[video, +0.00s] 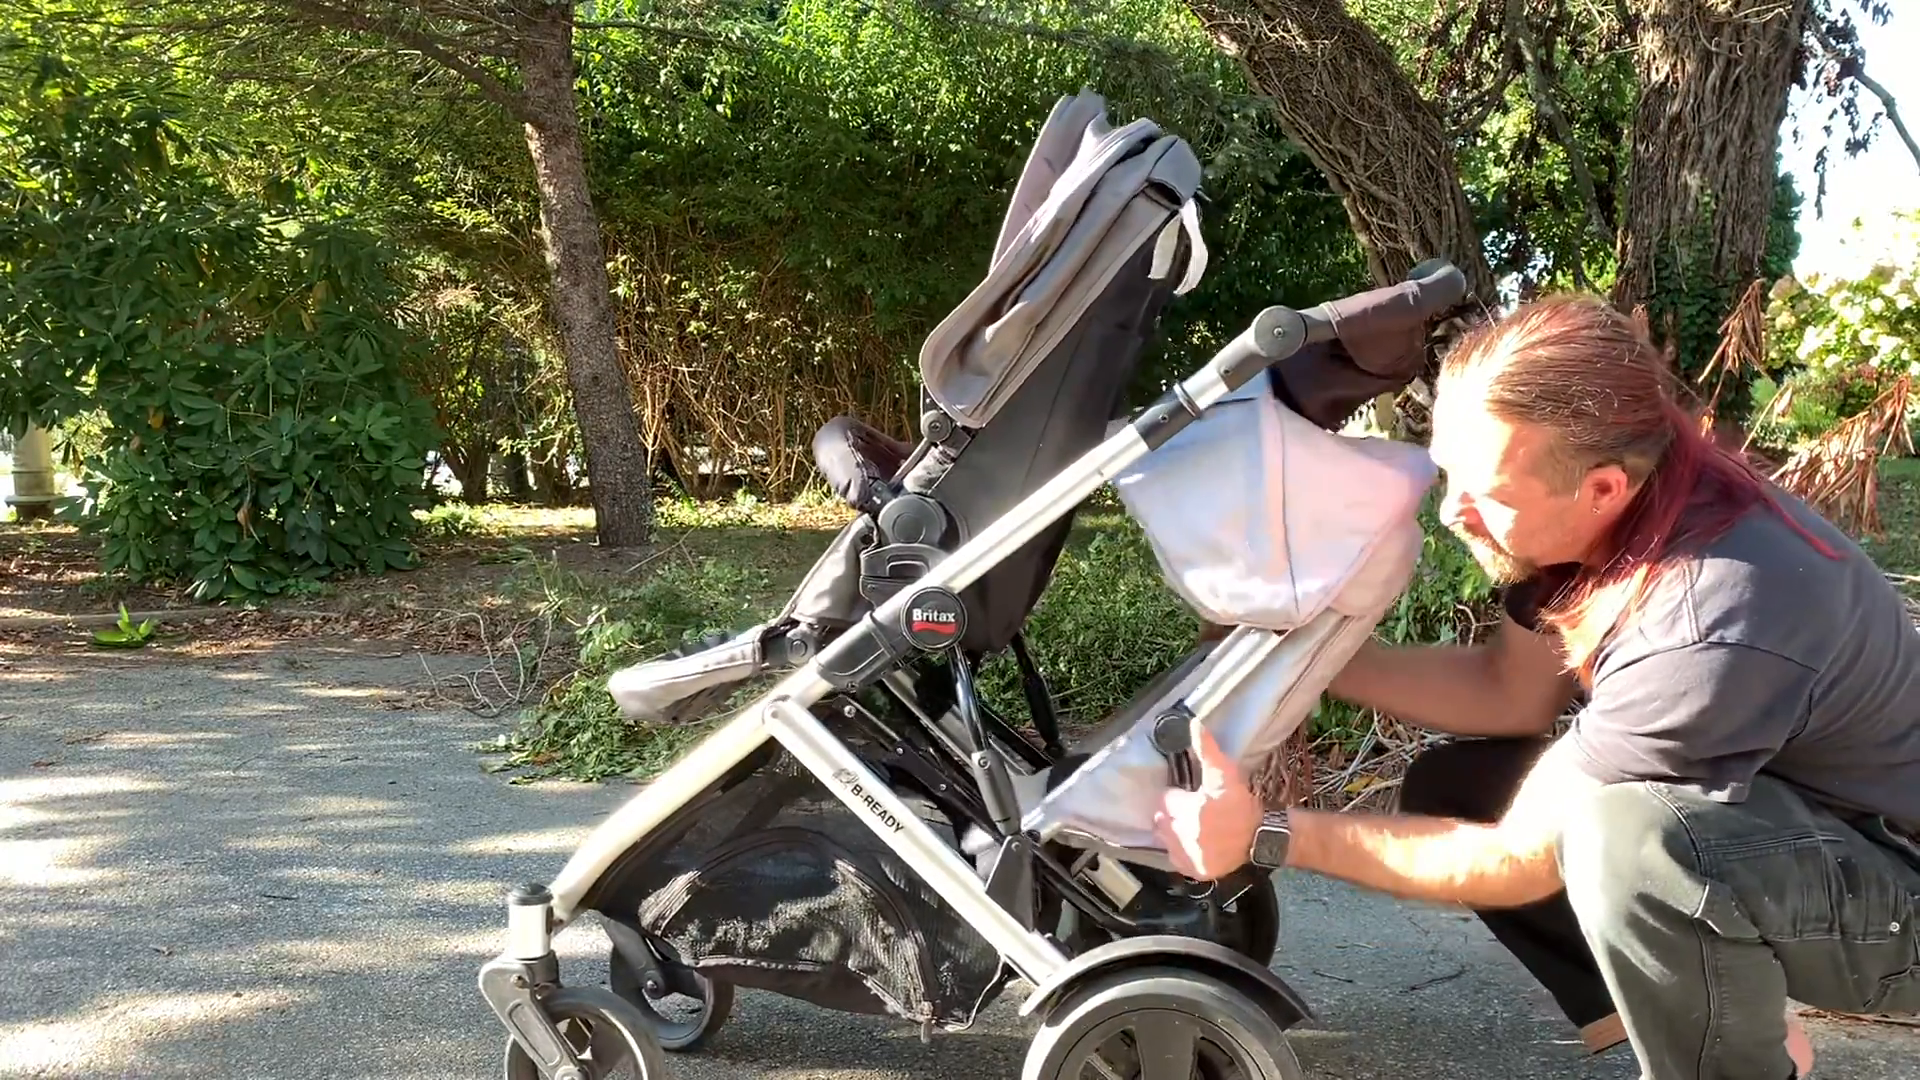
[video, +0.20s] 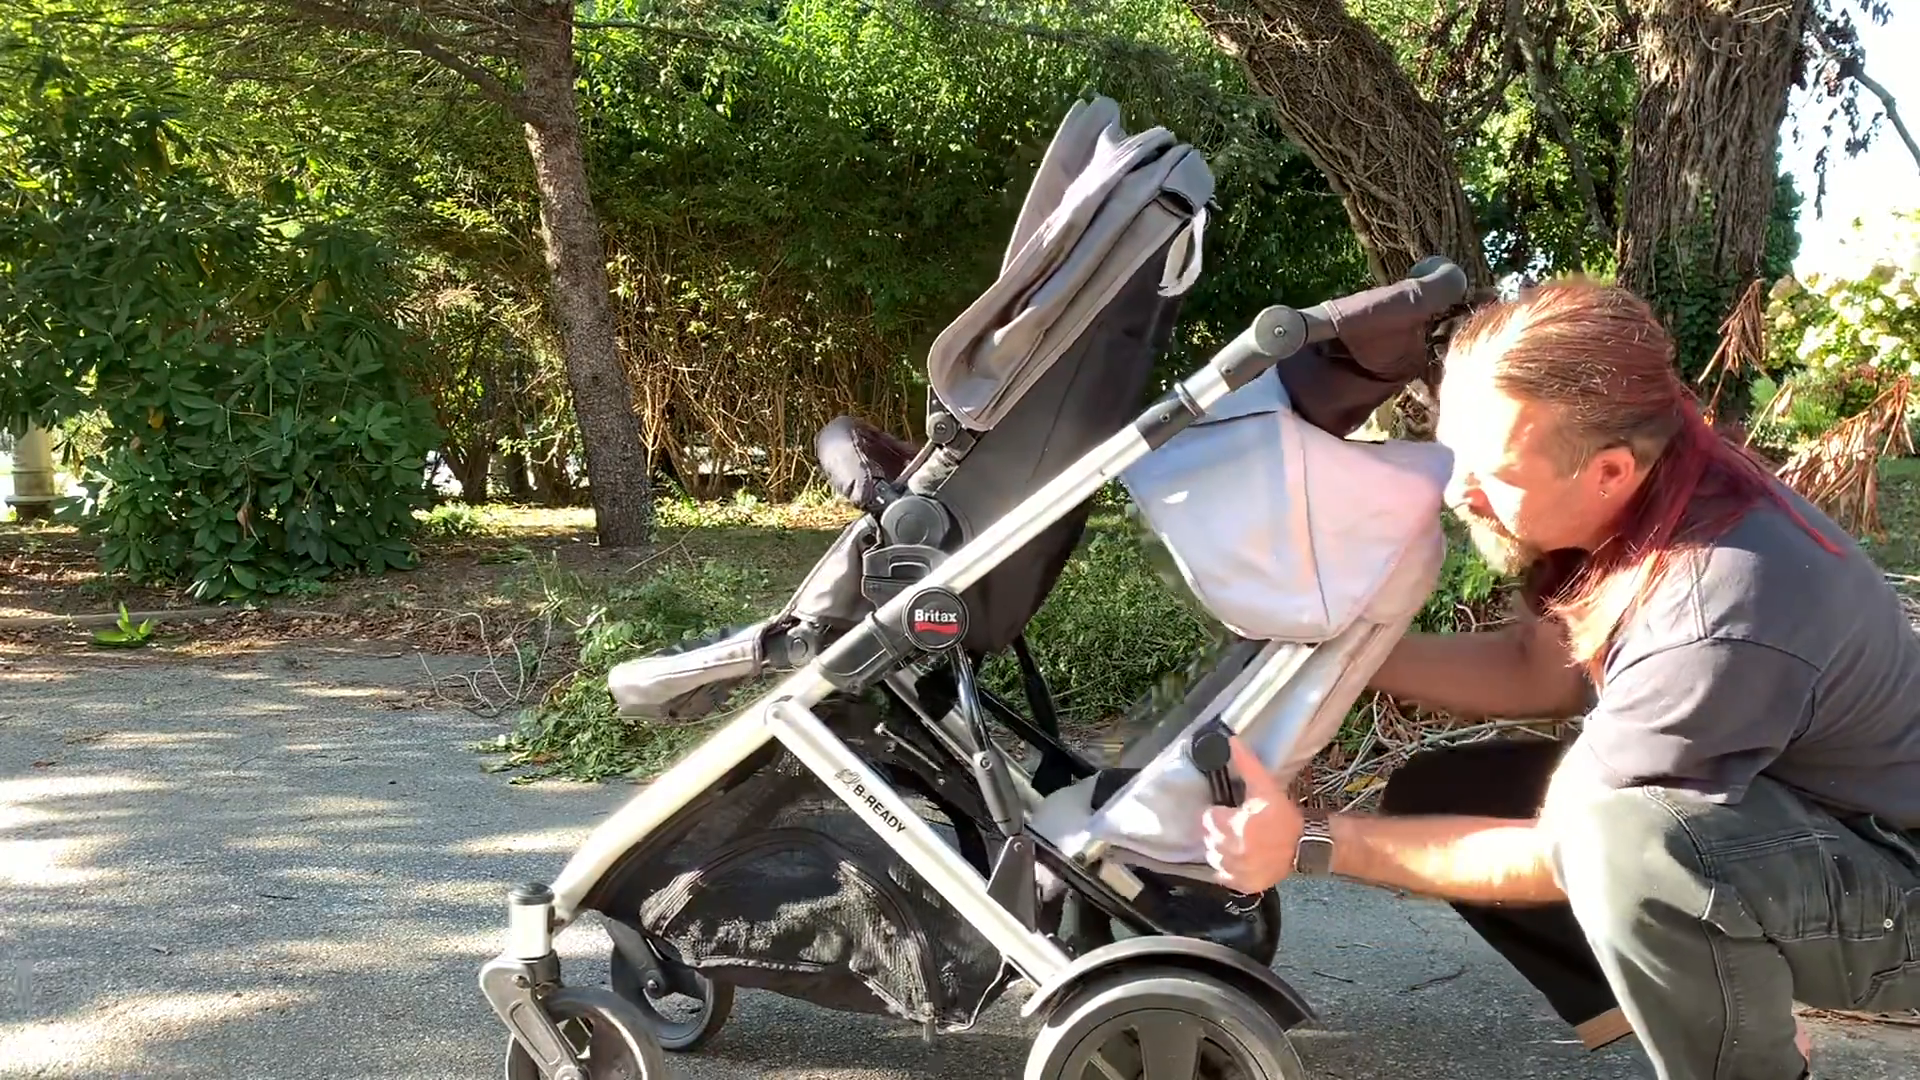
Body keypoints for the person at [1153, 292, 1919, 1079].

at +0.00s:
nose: (1461, 516)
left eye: (1490, 498)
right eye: (1459, 484)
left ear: (1605, 494)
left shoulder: (1722, 622)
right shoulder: (1585, 523)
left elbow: (1514, 864)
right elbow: (1512, 691)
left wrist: (1271, 833)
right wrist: (1313, 654)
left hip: (1896, 874)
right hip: (1792, 806)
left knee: (1635, 838)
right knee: (1454, 783)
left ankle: (1747, 1059)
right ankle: (1677, 1033)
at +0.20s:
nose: (1463, 497)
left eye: (1495, 475)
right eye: (1460, 463)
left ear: (1608, 477)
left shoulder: (1720, 613)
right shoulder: (1655, 506)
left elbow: (1548, 864)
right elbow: (1542, 669)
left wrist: (1314, 843)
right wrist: (1347, 647)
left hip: (1896, 874)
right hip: (1795, 805)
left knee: (1631, 844)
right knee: (1435, 792)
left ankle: (1746, 1064)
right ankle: (1675, 1034)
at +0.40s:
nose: (1454, 457)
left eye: (1489, 438)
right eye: (1452, 424)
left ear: (1605, 440)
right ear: (1601, 436)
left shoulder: (1718, 585)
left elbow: (1599, 826)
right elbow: (1567, 625)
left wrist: (1361, 840)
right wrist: (1379, 657)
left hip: (1892, 810)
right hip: (1761, 752)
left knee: (1651, 835)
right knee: (1424, 805)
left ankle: (1734, 1064)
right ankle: (1667, 1039)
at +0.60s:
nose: (1445, 392)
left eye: (1471, 369)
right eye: (1436, 356)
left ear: (1598, 361)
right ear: (1598, 357)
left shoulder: (1743, 479)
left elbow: (1656, 742)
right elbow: (1576, 528)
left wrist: (1418, 811)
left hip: (1894, 665)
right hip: (1751, 620)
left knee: (1693, 805)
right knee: (1474, 788)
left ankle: (1748, 1064)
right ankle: (1675, 1037)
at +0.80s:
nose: (1472, 300)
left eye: (1499, 275)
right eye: (1462, 267)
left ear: (1623, 246)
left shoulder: (1798, 339)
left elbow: (1735, 632)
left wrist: (1525, 780)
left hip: (1886, 544)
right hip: (1712, 530)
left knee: (1776, 758)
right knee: (1555, 771)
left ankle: (1747, 1069)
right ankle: (1673, 1051)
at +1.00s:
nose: (1511, 219)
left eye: (1532, 190)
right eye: (1498, 188)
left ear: (1656, 142)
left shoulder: (1852, 222)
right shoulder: (1594, 188)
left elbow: (1840, 535)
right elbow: (1585, 328)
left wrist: (1678, 735)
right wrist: (1595, 439)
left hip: (1877, 499)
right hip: (1705, 490)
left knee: (1837, 781)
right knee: (1646, 768)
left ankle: (1735, 1059)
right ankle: (1688, 1049)